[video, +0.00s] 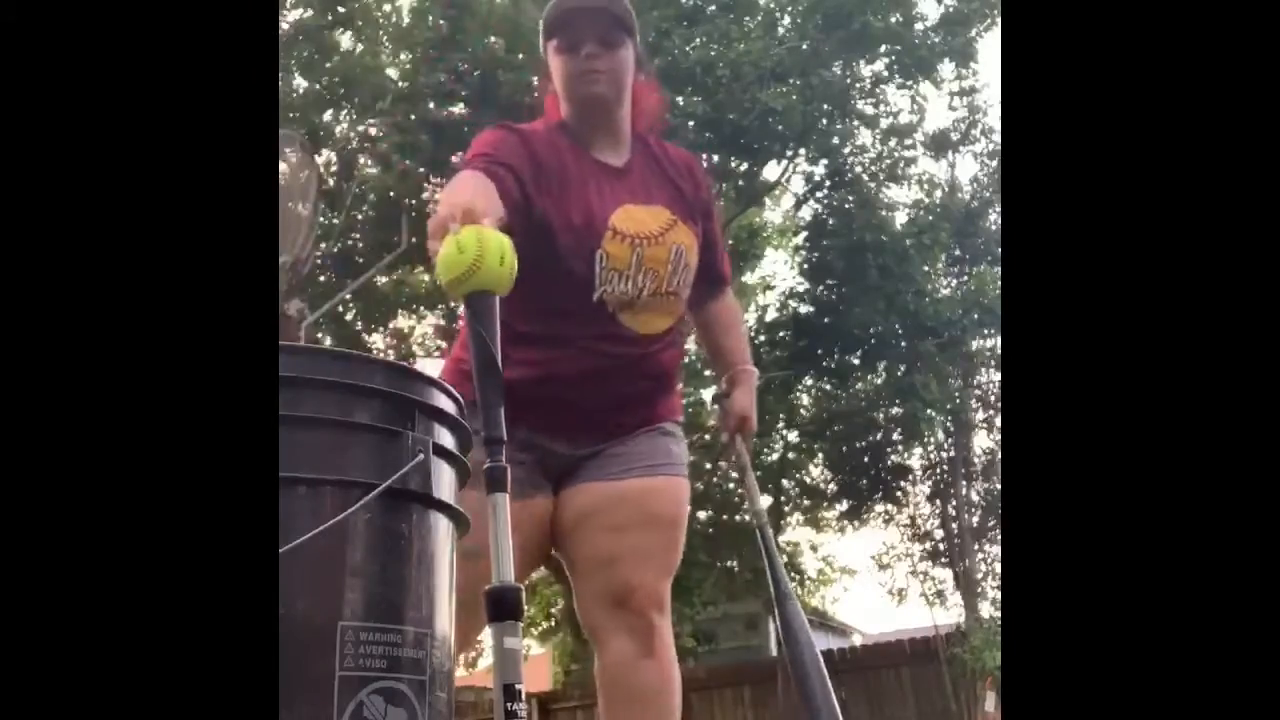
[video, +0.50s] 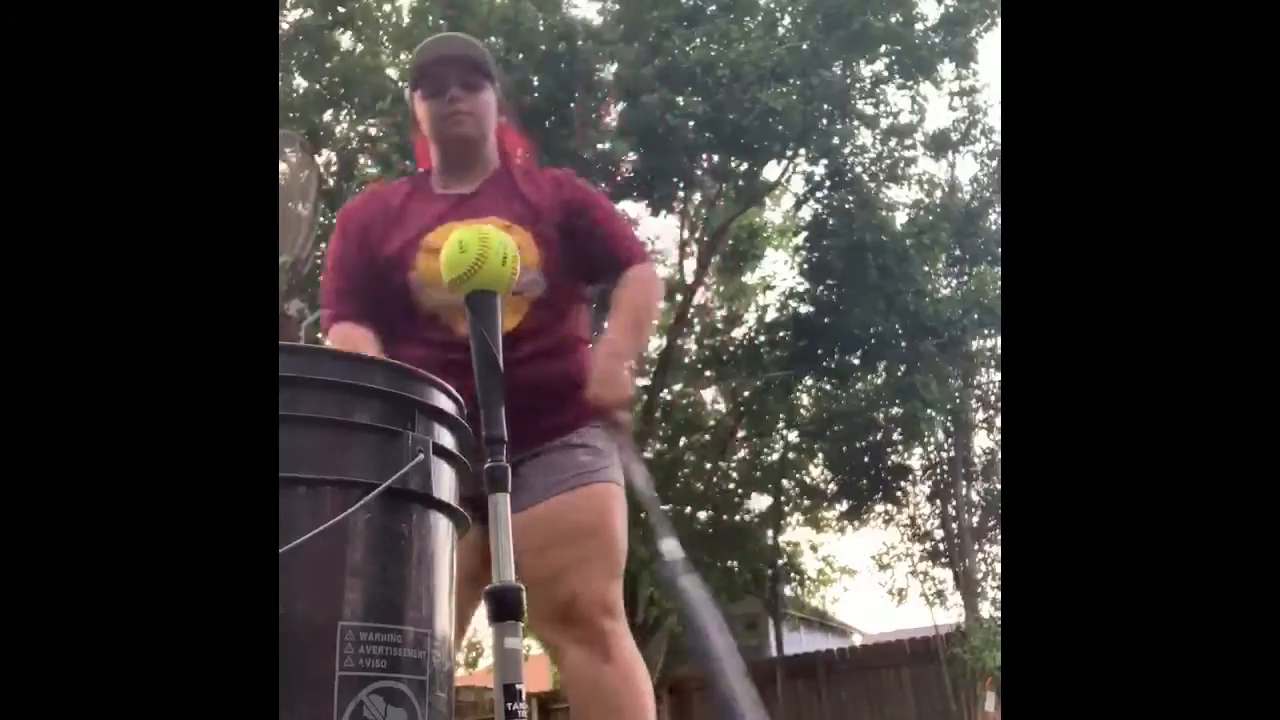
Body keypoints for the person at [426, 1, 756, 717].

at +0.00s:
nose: (589, 61)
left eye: (607, 46)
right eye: (571, 48)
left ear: (636, 60)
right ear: (548, 66)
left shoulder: (685, 177)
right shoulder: (518, 148)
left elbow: (712, 290)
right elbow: (478, 186)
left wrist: (742, 375)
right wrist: (464, 217)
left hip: (633, 428)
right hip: (499, 422)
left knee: (638, 621)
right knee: (447, 626)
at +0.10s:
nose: (577, 69)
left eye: (594, 54)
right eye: (558, 56)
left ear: (620, 68)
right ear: (534, 73)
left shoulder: (670, 184)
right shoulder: (507, 154)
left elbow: (699, 293)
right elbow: (478, 191)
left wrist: (737, 371)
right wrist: (469, 225)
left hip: (623, 431)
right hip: (492, 427)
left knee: (632, 622)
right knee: (442, 638)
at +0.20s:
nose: (553, 75)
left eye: (569, 62)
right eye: (535, 64)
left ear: (597, 81)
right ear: (511, 84)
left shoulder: (645, 185)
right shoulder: (475, 164)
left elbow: (683, 293)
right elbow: (435, 232)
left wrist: (725, 365)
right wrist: (462, 217)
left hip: (608, 432)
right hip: (477, 434)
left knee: (624, 620)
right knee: (441, 645)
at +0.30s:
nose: (521, 83)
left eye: (537, 70)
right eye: (502, 72)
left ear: (564, 87)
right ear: (478, 92)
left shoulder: (615, 188)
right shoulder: (435, 179)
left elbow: (672, 290)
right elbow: (400, 253)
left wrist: (707, 353)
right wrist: (449, 262)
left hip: (589, 433)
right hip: (462, 435)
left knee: (614, 623)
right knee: (425, 641)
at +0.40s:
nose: (486, 90)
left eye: (502, 77)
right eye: (467, 80)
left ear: (528, 92)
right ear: (445, 98)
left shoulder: (587, 192)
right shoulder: (400, 199)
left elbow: (662, 280)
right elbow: (364, 291)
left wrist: (672, 356)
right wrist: (414, 324)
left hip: (573, 440)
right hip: (450, 446)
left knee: (601, 621)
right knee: (426, 645)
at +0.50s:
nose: (455, 97)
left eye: (471, 84)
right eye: (437, 88)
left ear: (497, 101)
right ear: (416, 111)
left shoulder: (555, 194)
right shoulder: (370, 215)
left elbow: (639, 272)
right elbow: (347, 325)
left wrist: (615, 356)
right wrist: (380, 412)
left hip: (556, 442)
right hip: (433, 451)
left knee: (591, 623)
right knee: (410, 642)